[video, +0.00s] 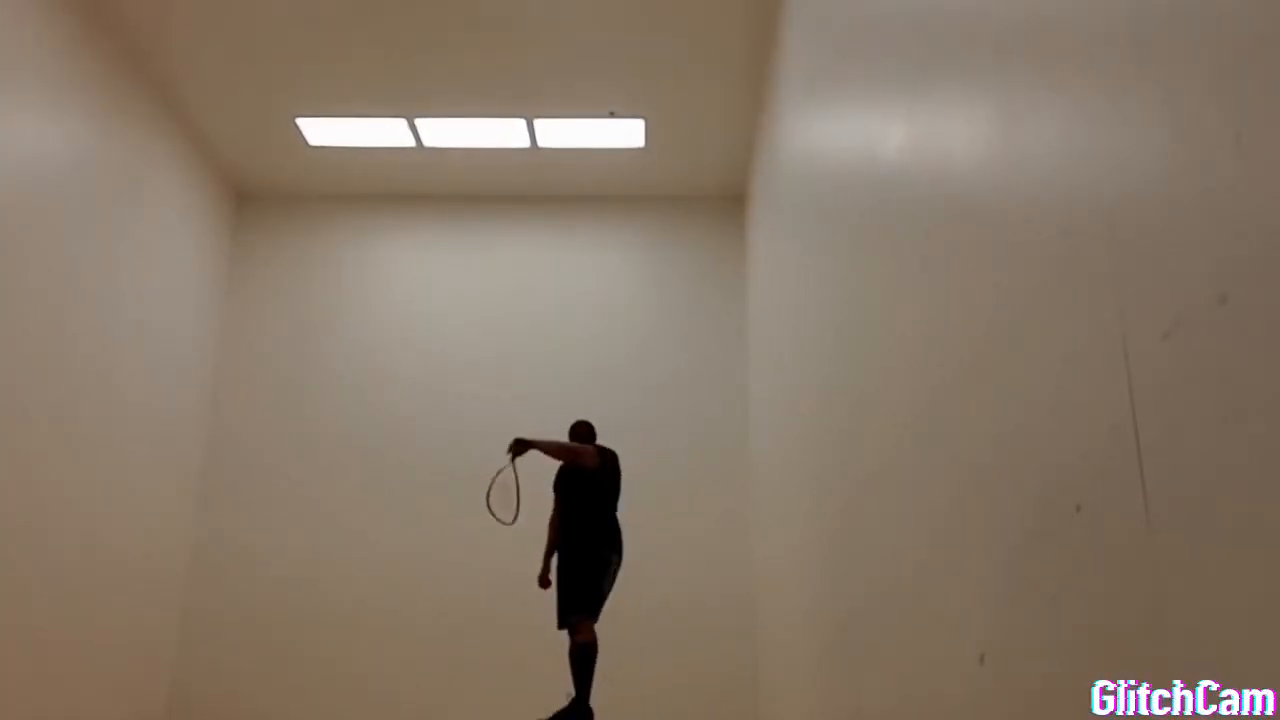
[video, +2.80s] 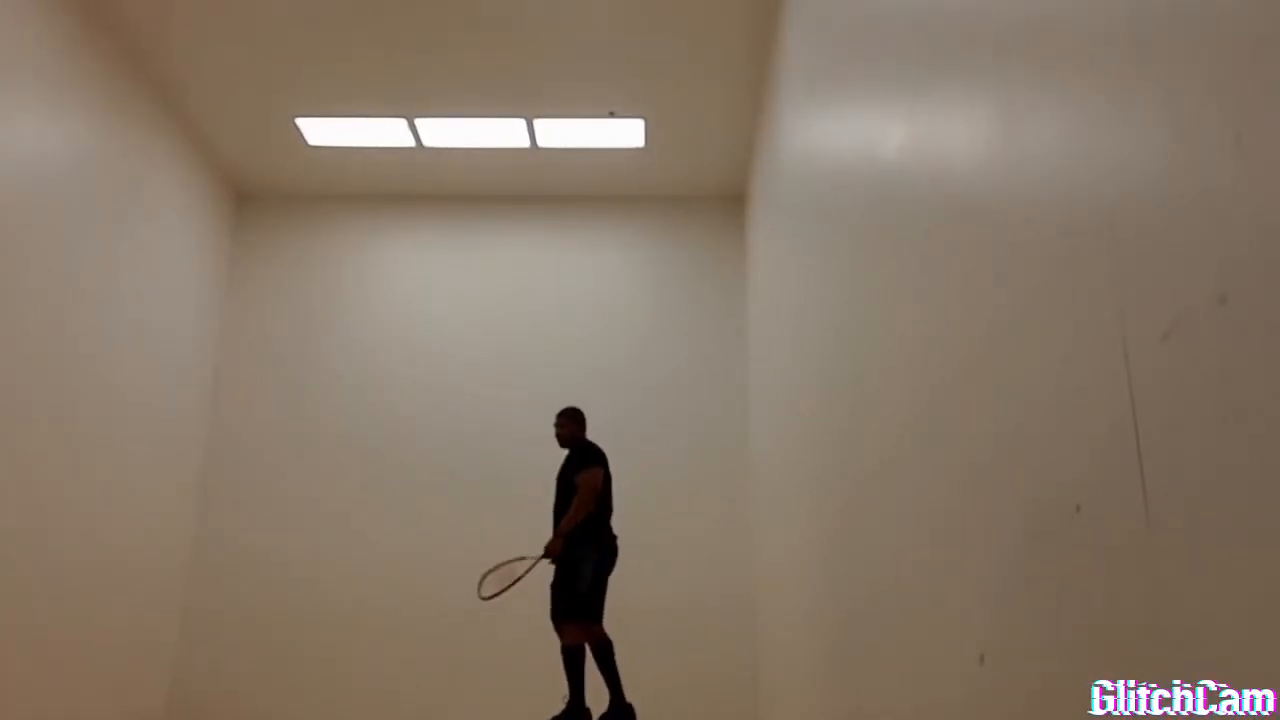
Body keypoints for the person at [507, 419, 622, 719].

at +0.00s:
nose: (577, 444)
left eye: (580, 439)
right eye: (575, 440)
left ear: (583, 439)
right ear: (582, 438)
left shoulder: (608, 459)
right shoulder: (564, 472)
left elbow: (574, 453)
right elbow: (557, 517)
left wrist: (531, 444)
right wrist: (546, 563)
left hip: (601, 548)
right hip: (572, 550)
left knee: (584, 623)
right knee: (576, 625)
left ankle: (582, 703)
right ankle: (580, 701)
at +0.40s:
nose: (547, 448)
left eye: (547, 441)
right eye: (545, 443)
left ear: (556, 436)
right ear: (565, 433)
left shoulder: (589, 453)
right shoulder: (563, 467)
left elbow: (555, 471)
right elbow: (563, 515)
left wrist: (508, 475)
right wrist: (547, 552)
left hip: (600, 545)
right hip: (580, 548)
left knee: (581, 619)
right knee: (578, 618)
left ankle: (582, 703)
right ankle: (581, 701)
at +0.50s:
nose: (542, 443)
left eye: (544, 436)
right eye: (540, 437)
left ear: (557, 432)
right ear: (555, 433)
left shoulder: (582, 456)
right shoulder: (562, 467)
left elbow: (561, 496)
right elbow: (568, 516)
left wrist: (513, 515)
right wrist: (551, 552)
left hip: (599, 547)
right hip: (583, 550)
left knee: (584, 622)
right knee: (579, 623)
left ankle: (583, 704)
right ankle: (581, 702)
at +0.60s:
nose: (540, 440)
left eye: (542, 432)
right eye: (538, 434)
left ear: (555, 430)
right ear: (557, 430)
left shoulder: (577, 458)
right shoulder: (566, 462)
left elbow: (570, 511)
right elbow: (568, 514)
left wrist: (544, 551)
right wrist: (556, 553)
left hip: (596, 545)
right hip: (583, 547)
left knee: (584, 622)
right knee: (579, 622)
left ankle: (583, 704)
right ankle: (581, 702)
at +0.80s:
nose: (545, 432)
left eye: (550, 426)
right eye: (544, 427)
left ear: (563, 426)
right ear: (549, 429)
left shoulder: (582, 454)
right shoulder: (565, 460)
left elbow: (586, 497)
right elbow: (569, 506)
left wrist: (570, 530)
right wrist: (564, 550)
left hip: (596, 546)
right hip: (579, 548)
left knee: (589, 623)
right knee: (575, 624)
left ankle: (612, 701)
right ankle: (579, 703)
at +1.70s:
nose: (580, 447)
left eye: (584, 440)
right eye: (579, 441)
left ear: (599, 438)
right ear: (595, 439)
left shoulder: (613, 465)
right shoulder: (598, 469)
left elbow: (614, 512)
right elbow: (583, 509)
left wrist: (608, 550)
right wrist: (544, 503)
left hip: (611, 556)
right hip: (588, 555)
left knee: (603, 627)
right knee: (581, 627)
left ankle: (622, 705)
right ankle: (578, 704)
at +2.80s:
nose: (558, 432)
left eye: (564, 427)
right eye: (557, 427)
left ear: (579, 428)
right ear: (561, 430)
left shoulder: (587, 456)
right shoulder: (576, 459)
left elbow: (587, 502)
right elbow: (576, 507)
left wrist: (559, 538)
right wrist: (559, 545)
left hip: (587, 549)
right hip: (582, 549)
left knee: (571, 624)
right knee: (585, 624)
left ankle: (575, 705)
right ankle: (618, 702)